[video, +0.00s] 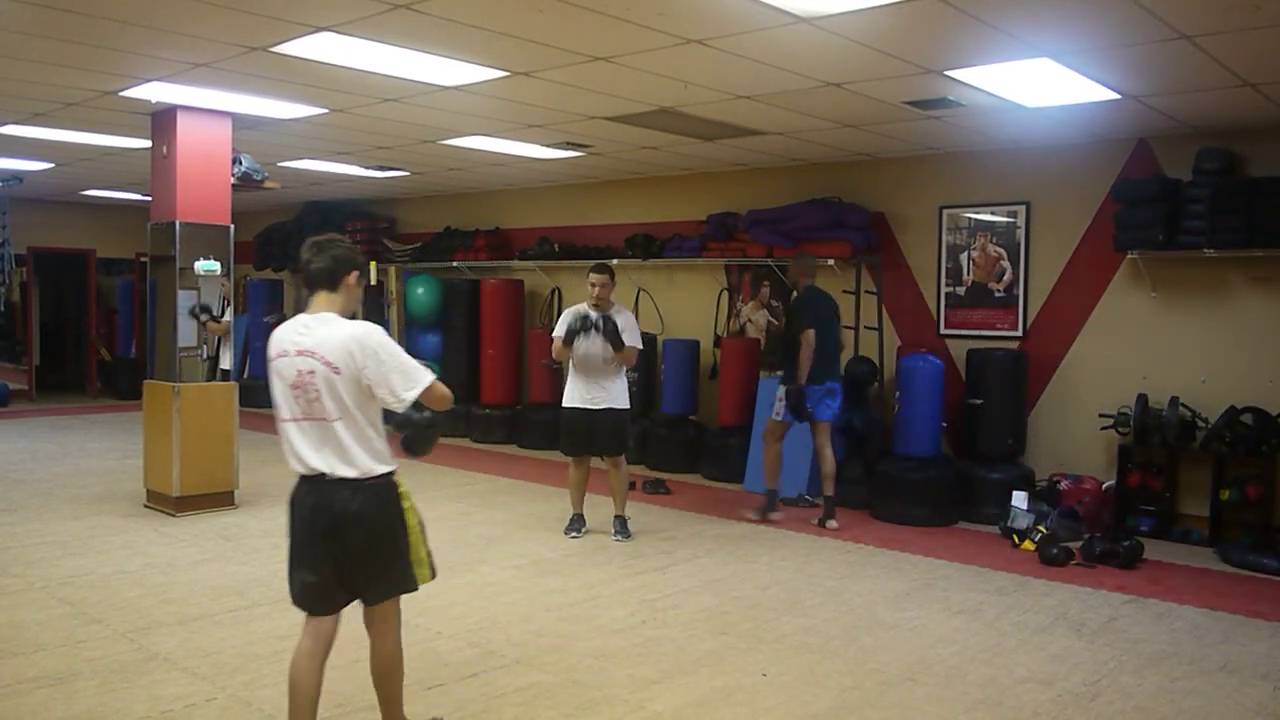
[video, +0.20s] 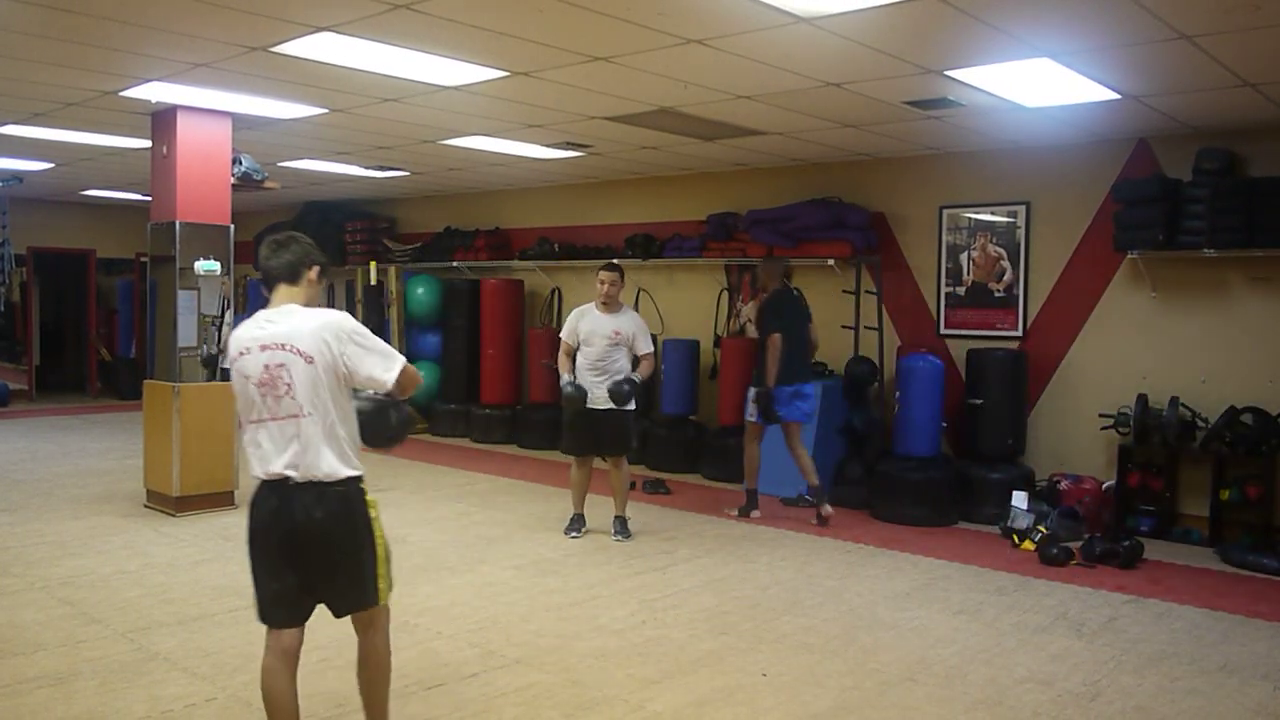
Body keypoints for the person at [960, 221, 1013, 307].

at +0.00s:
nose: (983, 240)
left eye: (986, 236)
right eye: (980, 236)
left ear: (990, 237)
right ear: (976, 237)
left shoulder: (999, 252)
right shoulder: (971, 253)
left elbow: (1009, 271)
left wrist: (1001, 286)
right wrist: (967, 277)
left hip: (990, 287)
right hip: (974, 286)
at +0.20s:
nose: (982, 241)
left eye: (986, 237)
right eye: (980, 236)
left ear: (990, 237)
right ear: (976, 237)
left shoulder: (999, 253)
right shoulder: (970, 253)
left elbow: (1009, 272)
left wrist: (1000, 286)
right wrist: (967, 277)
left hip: (990, 288)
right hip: (974, 286)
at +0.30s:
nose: (983, 240)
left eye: (986, 236)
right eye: (980, 236)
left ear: (990, 237)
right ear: (975, 237)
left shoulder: (999, 252)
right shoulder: (970, 253)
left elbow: (1009, 272)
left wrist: (1000, 286)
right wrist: (967, 279)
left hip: (990, 288)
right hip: (974, 287)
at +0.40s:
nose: (982, 240)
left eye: (986, 236)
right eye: (979, 236)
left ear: (990, 237)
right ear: (976, 237)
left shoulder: (999, 252)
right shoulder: (971, 252)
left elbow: (1009, 272)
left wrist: (1000, 286)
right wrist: (967, 277)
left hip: (990, 287)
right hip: (974, 286)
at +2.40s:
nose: (982, 241)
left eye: (985, 237)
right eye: (979, 237)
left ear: (990, 237)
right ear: (975, 237)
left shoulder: (999, 252)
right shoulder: (971, 252)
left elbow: (1009, 272)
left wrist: (1000, 286)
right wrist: (966, 278)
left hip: (990, 288)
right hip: (974, 286)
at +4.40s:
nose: (983, 241)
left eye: (985, 237)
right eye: (979, 237)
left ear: (990, 237)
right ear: (975, 237)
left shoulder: (998, 252)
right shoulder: (971, 253)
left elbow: (1009, 272)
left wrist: (1000, 286)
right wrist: (966, 279)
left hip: (992, 288)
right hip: (975, 287)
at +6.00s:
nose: (983, 241)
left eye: (985, 237)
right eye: (979, 237)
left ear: (990, 237)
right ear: (975, 237)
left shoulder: (998, 252)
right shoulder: (971, 253)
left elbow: (1009, 272)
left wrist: (1000, 286)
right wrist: (966, 279)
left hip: (992, 288)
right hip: (975, 287)